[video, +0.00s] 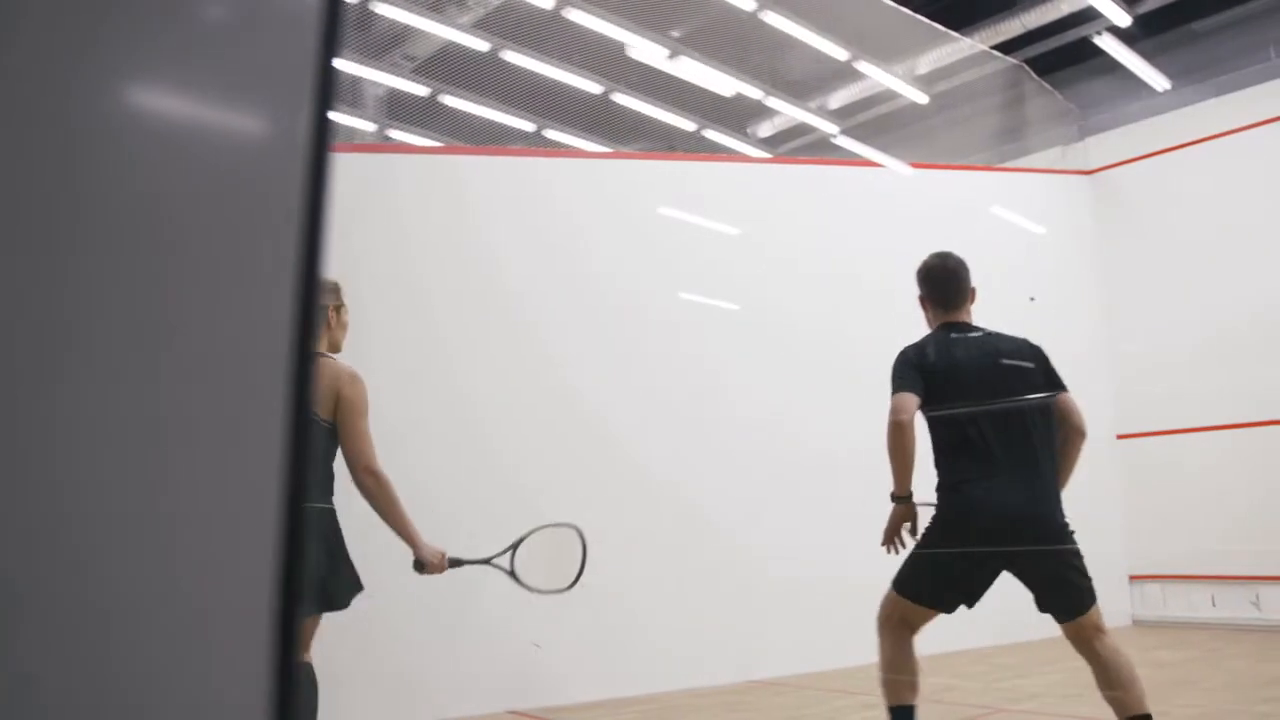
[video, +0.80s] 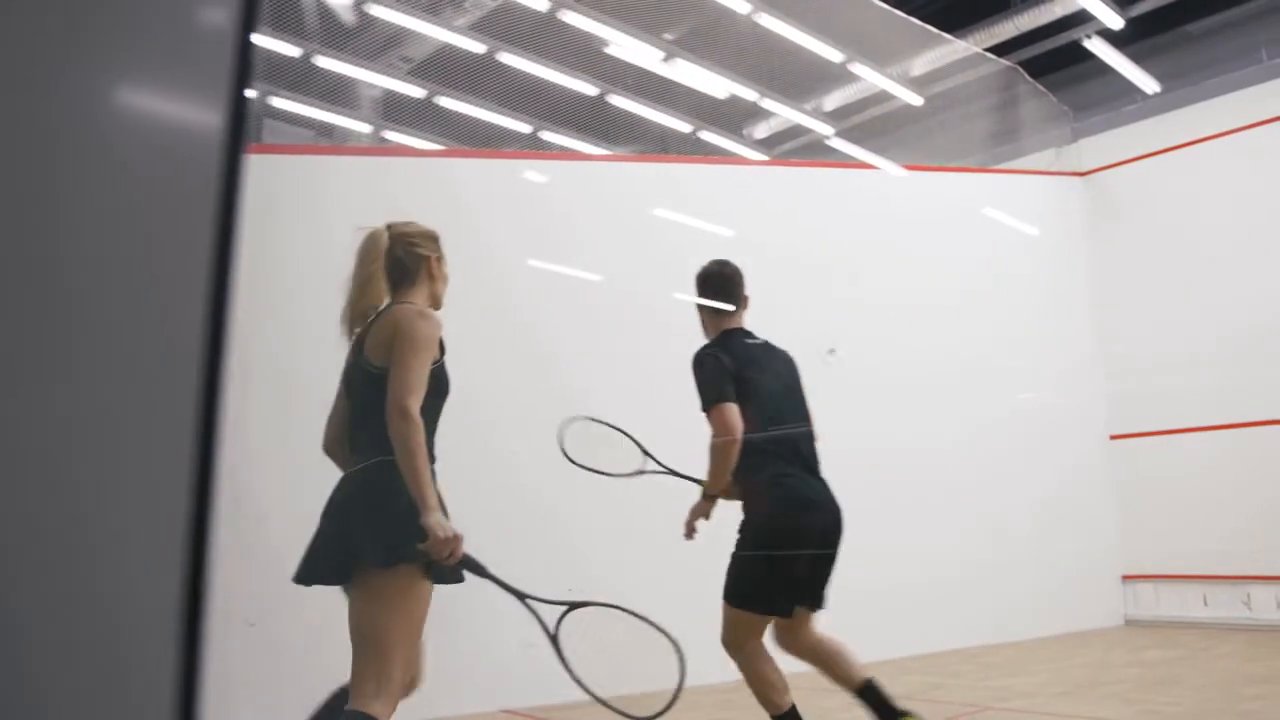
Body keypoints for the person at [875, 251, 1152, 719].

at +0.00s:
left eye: (920, 298)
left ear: (922, 302)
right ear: (973, 296)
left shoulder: (916, 358)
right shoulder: (1026, 351)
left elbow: (901, 419)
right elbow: (1074, 427)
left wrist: (902, 497)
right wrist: (1048, 491)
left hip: (967, 526)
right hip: (1039, 522)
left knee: (896, 623)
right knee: (1094, 638)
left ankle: (901, 717)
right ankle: (1141, 716)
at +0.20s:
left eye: (872, 303)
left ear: (872, 307)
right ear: (921, 303)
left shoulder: (874, 362)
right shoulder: (969, 355)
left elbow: (869, 423)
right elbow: (1016, 430)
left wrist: (864, 501)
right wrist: (983, 485)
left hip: (932, 528)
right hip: (1001, 526)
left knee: (846, 620)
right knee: (1062, 646)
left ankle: (841, 718)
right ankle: (1124, 719)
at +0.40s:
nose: (813, 305)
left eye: (811, 298)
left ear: (809, 301)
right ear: (858, 298)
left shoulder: (815, 356)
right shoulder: (899, 350)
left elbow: (826, 422)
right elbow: (944, 421)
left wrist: (817, 499)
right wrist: (912, 475)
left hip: (877, 518)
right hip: (938, 513)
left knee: (807, 626)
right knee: (999, 625)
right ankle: (1096, 714)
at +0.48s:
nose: (786, 305)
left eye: (783, 299)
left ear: (785, 304)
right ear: (831, 299)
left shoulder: (791, 356)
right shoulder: (872, 350)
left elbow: (807, 423)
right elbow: (916, 421)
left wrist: (794, 498)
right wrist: (880, 472)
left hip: (854, 517)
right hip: (912, 512)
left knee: (791, 629)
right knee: (967, 625)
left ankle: (811, 719)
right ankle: (1073, 710)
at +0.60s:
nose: (750, 305)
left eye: (748, 299)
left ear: (750, 303)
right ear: (798, 300)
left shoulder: (760, 357)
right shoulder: (834, 351)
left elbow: (778, 427)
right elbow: (873, 425)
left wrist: (762, 500)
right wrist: (814, 457)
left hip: (821, 517)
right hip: (877, 511)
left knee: (771, 632)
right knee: (908, 629)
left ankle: (802, 719)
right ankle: (1018, 708)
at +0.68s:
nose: (731, 307)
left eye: (729, 301)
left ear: (729, 303)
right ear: (776, 301)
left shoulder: (739, 357)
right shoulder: (812, 354)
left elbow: (758, 430)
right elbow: (846, 428)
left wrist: (740, 500)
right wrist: (783, 478)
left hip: (803, 515)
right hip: (853, 509)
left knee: (757, 635)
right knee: (863, 632)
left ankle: (797, 719)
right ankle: (970, 708)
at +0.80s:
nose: (703, 314)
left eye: (701, 306)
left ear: (699, 307)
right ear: (746, 305)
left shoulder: (712, 358)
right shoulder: (779, 356)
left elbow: (728, 432)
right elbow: (804, 439)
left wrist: (708, 496)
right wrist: (740, 485)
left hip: (775, 515)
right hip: (820, 511)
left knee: (740, 639)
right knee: (794, 633)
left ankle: (790, 718)